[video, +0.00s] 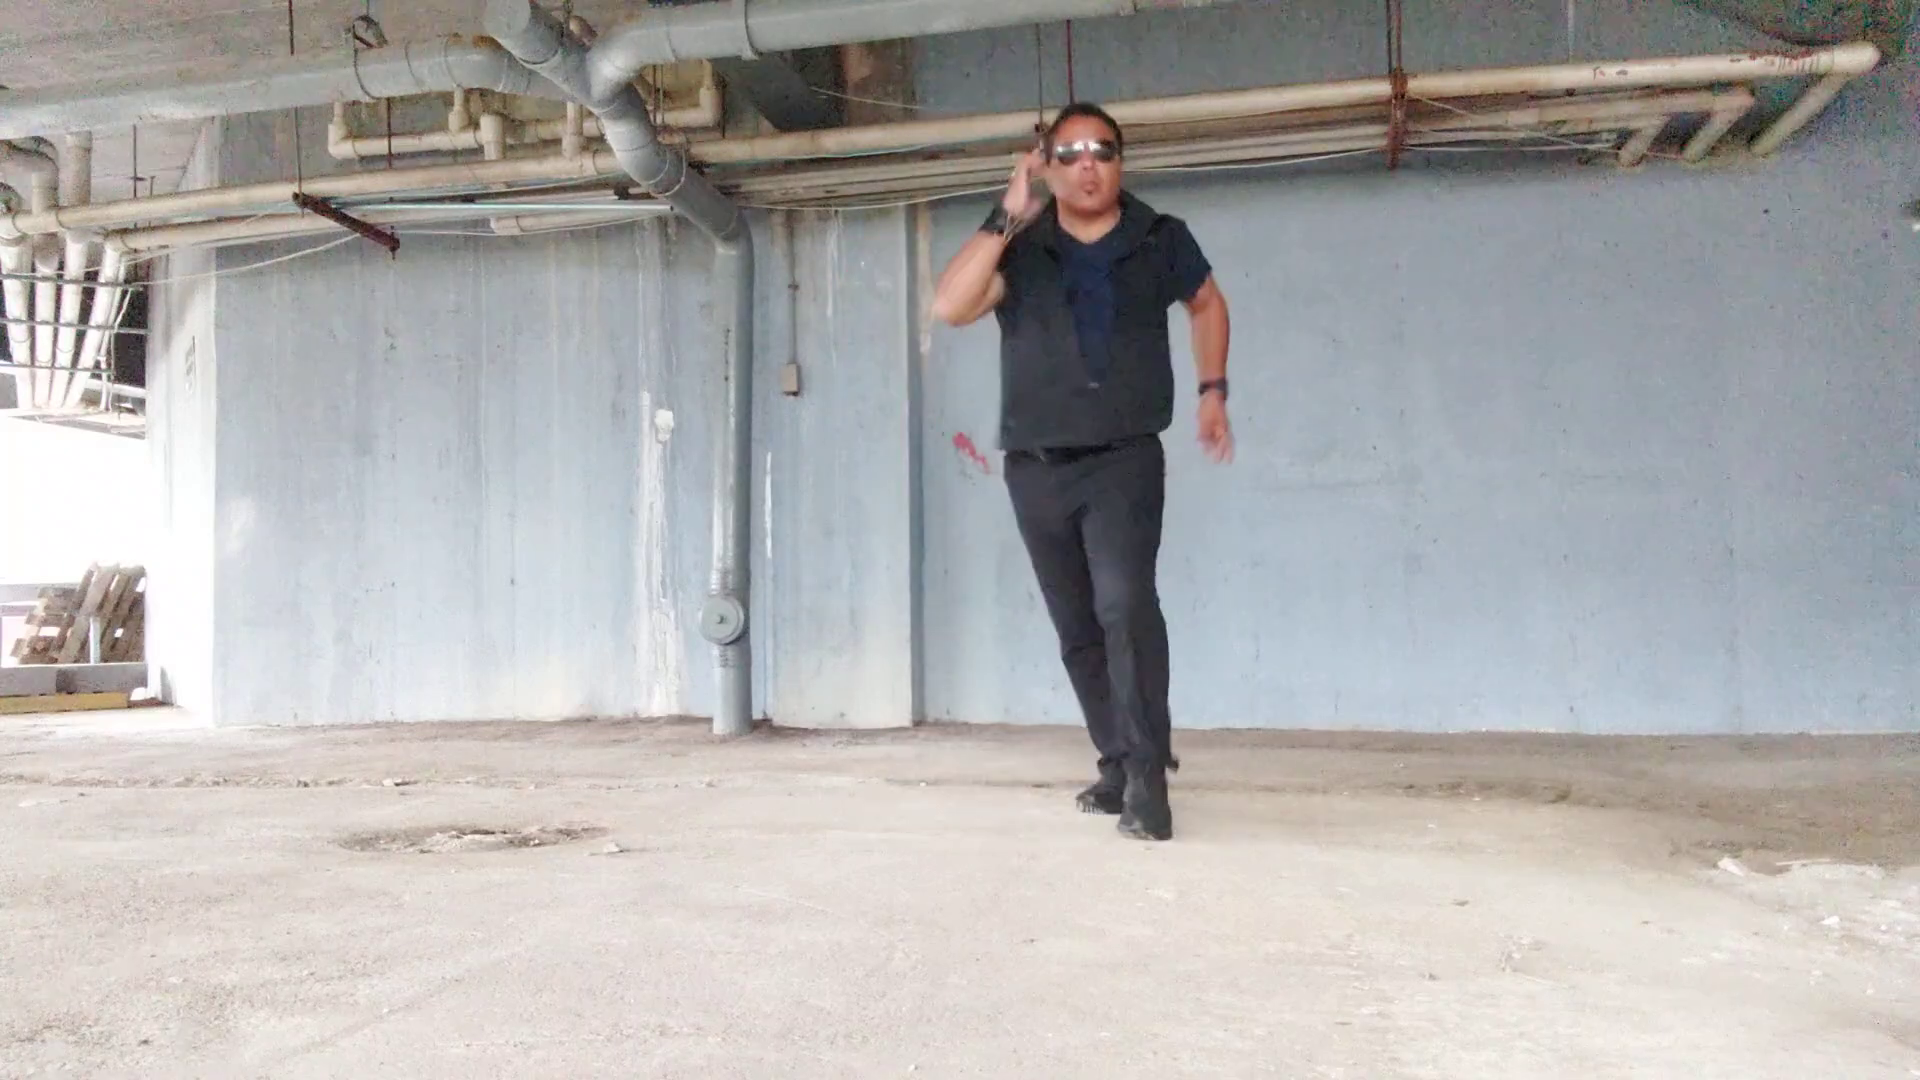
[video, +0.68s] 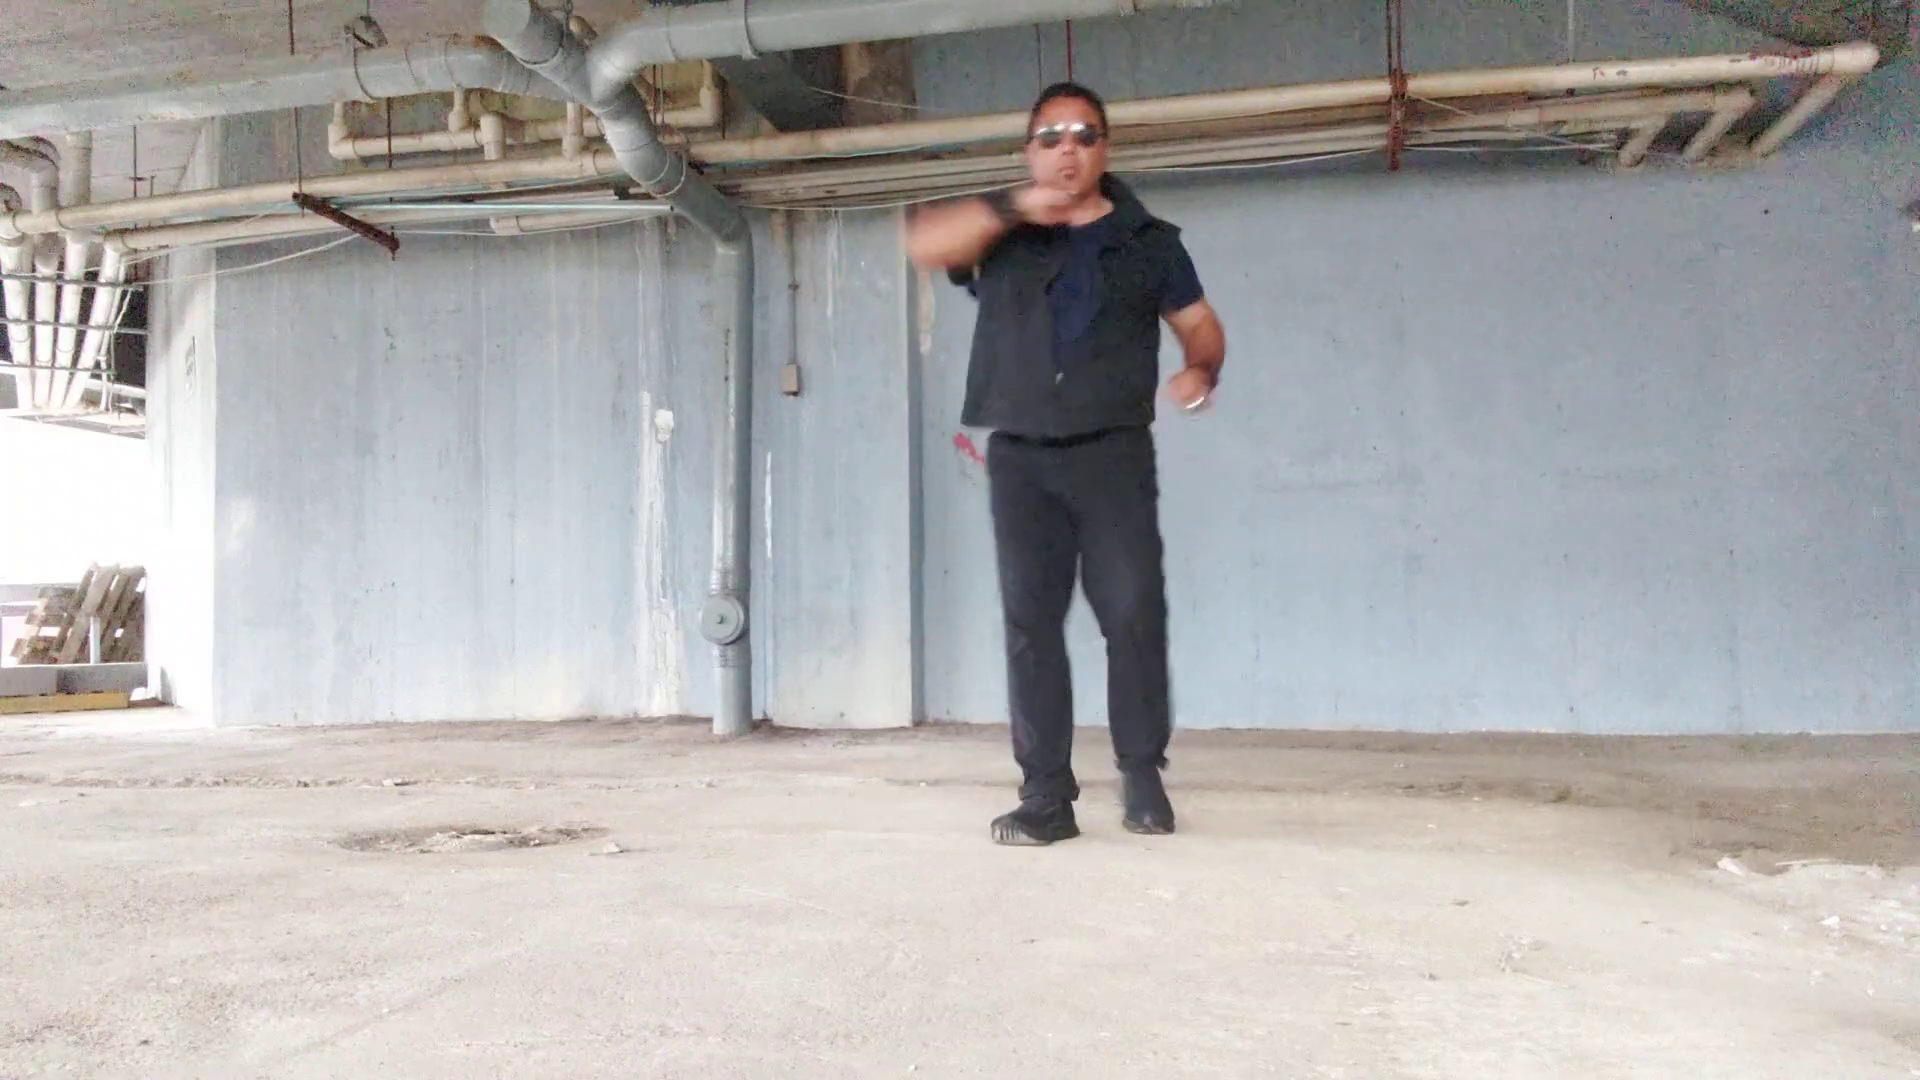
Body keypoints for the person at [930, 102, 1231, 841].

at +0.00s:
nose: (1087, 164)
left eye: (1101, 152)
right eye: (1070, 154)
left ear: (1120, 166)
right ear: (1045, 170)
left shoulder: (1157, 238)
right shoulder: (1017, 247)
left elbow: (1206, 303)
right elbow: (950, 307)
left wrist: (1212, 393)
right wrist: (1008, 218)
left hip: (1124, 457)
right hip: (1037, 464)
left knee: (1122, 606)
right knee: (1076, 629)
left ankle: (1146, 774)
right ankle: (1116, 763)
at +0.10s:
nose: (1089, 166)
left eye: (1102, 153)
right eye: (1072, 156)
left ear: (1123, 167)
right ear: (1049, 174)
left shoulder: (1163, 238)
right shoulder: (1021, 254)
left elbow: (1217, 305)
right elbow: (974, 330)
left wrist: (1224, 389)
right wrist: (1037, 244)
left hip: (1133, 460)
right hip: (1047, 468)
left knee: (1132, 615)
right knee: (1074, 628)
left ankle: (1146, 771)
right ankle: (1113, 769)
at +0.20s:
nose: (1092, 158)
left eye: (1106, 145)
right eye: (1075, 148)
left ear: (1126, 160)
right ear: (1052, 166)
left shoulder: (1174, 239)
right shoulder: (1021, 255)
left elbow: (1238, 324)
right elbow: (994, 360)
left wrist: (1206, 383)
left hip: (1145, 462)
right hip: (1053, 468)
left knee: (1150, 616)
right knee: (1036, 619)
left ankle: (1149, 777)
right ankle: (1096, 732)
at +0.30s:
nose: (1106, 156)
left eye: (1121, 143)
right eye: (1088, 145)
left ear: (1139, 157)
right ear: (1063, 162)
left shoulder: (1176, 242)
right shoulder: (1027, 250)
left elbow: (1232, 323)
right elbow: (984, 346)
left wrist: (1142, 334)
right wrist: (1011, 416)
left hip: (1149, 465)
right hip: (1055, 465)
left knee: (1153, 617)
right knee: (1022, 601)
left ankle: (1150, 781)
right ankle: (1049, 772)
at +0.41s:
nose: (1115, 147)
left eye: (1129, 135)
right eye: (1098, 136)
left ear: (1148, 150)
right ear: (1072, 151)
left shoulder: (1176, 227)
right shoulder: (1033, 226)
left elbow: (1198, 301)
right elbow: (963, 287)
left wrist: (1098, 252)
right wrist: (963, 359)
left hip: (1153, 457)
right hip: (1058, 455)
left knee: (1159, 625)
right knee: (1035, 618)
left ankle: (1153, 782)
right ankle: (997, 774)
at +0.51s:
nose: (1106, 149)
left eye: (1121, 136)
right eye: (1089, 137)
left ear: (1143, 150)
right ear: (1064, 152)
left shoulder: (1171, 232)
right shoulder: (1027, 217)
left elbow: (1198, 324)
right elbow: (937, 231)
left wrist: (1119, 271)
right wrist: (929, 267)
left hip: (1144, 456)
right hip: (1048, 455)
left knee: (1155, 625)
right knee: (1033, 618)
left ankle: (1153, 784)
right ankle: (1036, 796)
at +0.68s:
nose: (1065, 149)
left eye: (1083, 136)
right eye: (1050, 137)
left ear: (1106, 152)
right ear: (1028, 154)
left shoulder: (1145, 240)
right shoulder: (998, 232)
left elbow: (1203, 331)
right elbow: (918, 243)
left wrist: (1200, 370)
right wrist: (1013, 208)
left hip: (1114, 454)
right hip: (1019, 457)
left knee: (1135, 612)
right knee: (1029, 623)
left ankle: (1142, 773)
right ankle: (1046, 793)